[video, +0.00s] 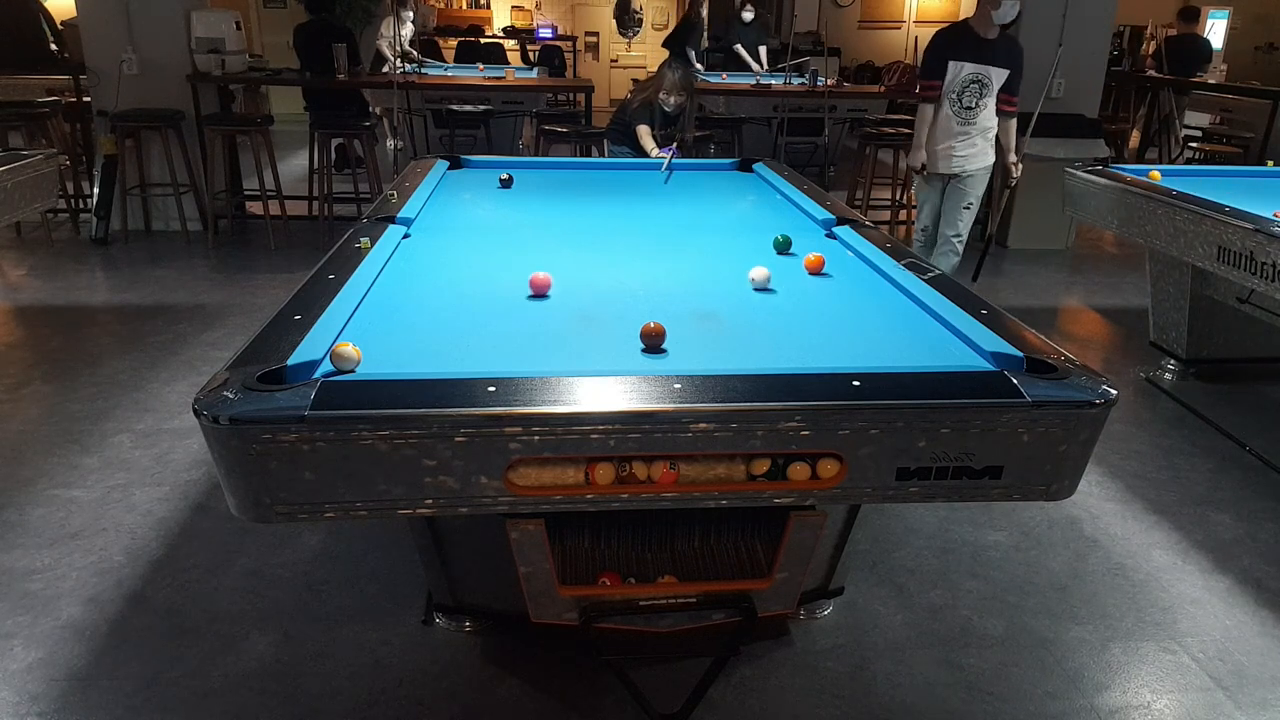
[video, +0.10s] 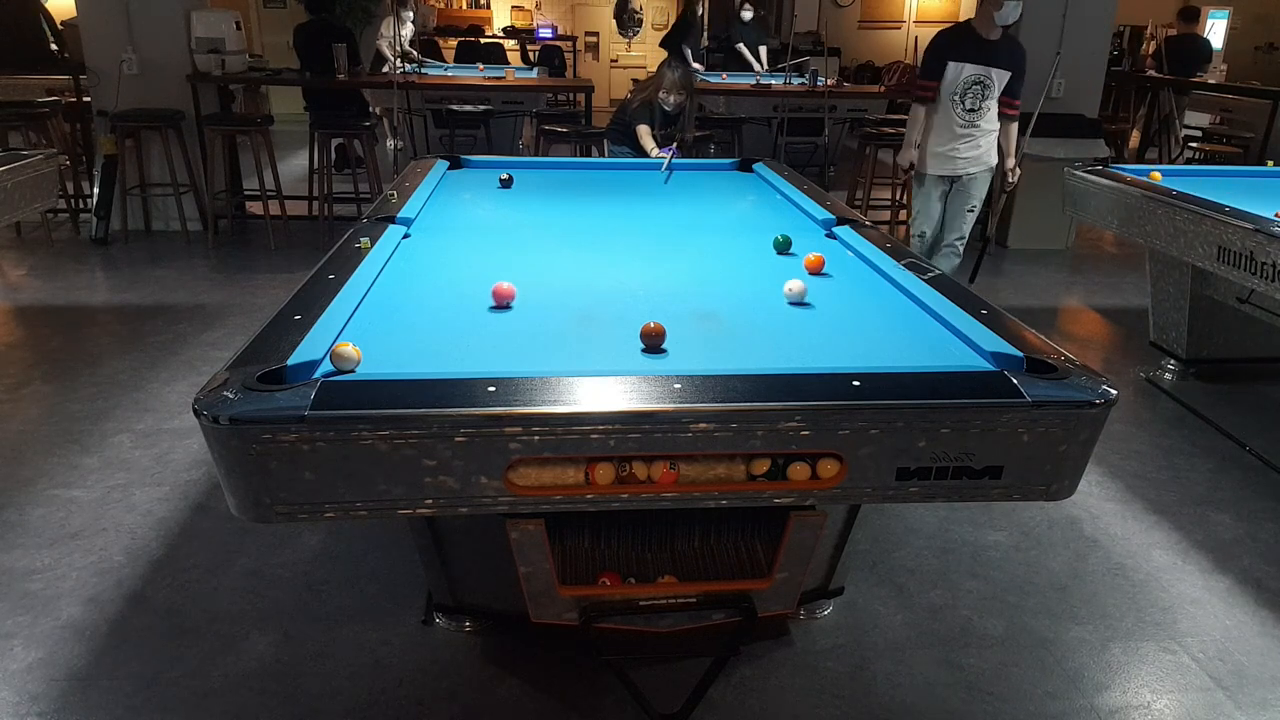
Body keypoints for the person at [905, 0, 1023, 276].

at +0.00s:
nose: (1004, 5)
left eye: (1008, 3)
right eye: (1000, 1)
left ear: (1010, 9)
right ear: (985, 2)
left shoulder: (1011, 50)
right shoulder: (944, 38)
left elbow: (1008, 111)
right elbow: (927, 99)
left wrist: (1010, 154)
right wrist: (918, 146)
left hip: (976, 160)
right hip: (934, 155)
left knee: (952, 238)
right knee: (924, 233)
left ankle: (930, 302)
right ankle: (911, 296)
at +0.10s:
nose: (1007, 6)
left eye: (1012, 2)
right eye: (1001, 1)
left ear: (1016, 8)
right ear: (984, 2)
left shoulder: (1014, 53)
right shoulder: (945, 40)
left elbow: (1010, 114)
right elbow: (922, 99)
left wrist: (1009, 159)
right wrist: (908, 145)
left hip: (978, 163)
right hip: (933, 158)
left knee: (953, 242)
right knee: (922, 236)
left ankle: (929, 302)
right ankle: (906, 300)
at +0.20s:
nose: (1007, 6)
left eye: (1012, 2)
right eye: (1000, 1)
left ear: (1018, 8)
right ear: (983, 2)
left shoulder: (1016, 53)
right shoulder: (946, 41)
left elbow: (1012, 115)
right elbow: (919, 100)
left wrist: (1010, 160)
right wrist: (903, 146)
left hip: (981, 164)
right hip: (936, 158)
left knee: (956, 241)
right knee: (922, 235)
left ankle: (936, 299)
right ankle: (905, 298)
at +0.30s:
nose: (1007, 4)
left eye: (1012, 1)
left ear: (1018, 7)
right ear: (985, 2)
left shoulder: (1018, 53)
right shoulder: (947, 42)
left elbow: (1014, 114)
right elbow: (921, 102)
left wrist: (1010, 158)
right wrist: (903, 149)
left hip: (981, 167)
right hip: (937, 159)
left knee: (956, 243)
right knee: (925, 236)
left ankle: (935, 301)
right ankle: (900, 302)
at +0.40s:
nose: (1011, 7)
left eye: (1014, 3)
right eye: (1003, 2)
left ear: (1017, 7)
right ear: (986, 3)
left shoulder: (1019, 54)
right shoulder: (947, 46)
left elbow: (1014, 113)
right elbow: (925, 107)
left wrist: (1012, 158)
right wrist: (911, 155)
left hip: (983, 167)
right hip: (941, 158)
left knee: (957, 242)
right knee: (929, 236)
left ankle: (935, 300)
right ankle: (904, 300)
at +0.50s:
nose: (1014, 7)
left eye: (1017, 3)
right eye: (1007, 2)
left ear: (1018, 9)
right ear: (989, 4)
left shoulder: (1018, 55)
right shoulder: (946, 52)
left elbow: (1015, 114)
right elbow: (929, 114)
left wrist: (1016, 159)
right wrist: (919, 164)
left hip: (983, 171)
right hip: (943, 167)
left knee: (956, 247)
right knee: (932, 249)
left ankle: (936, 306)